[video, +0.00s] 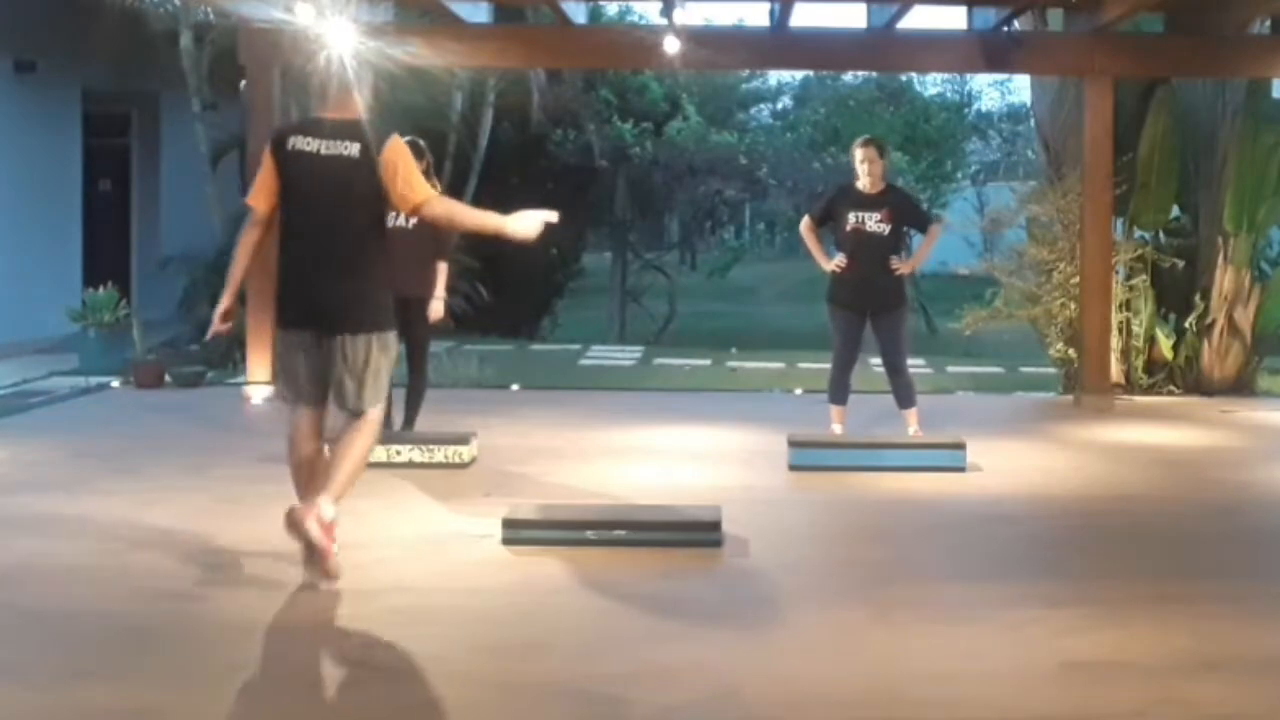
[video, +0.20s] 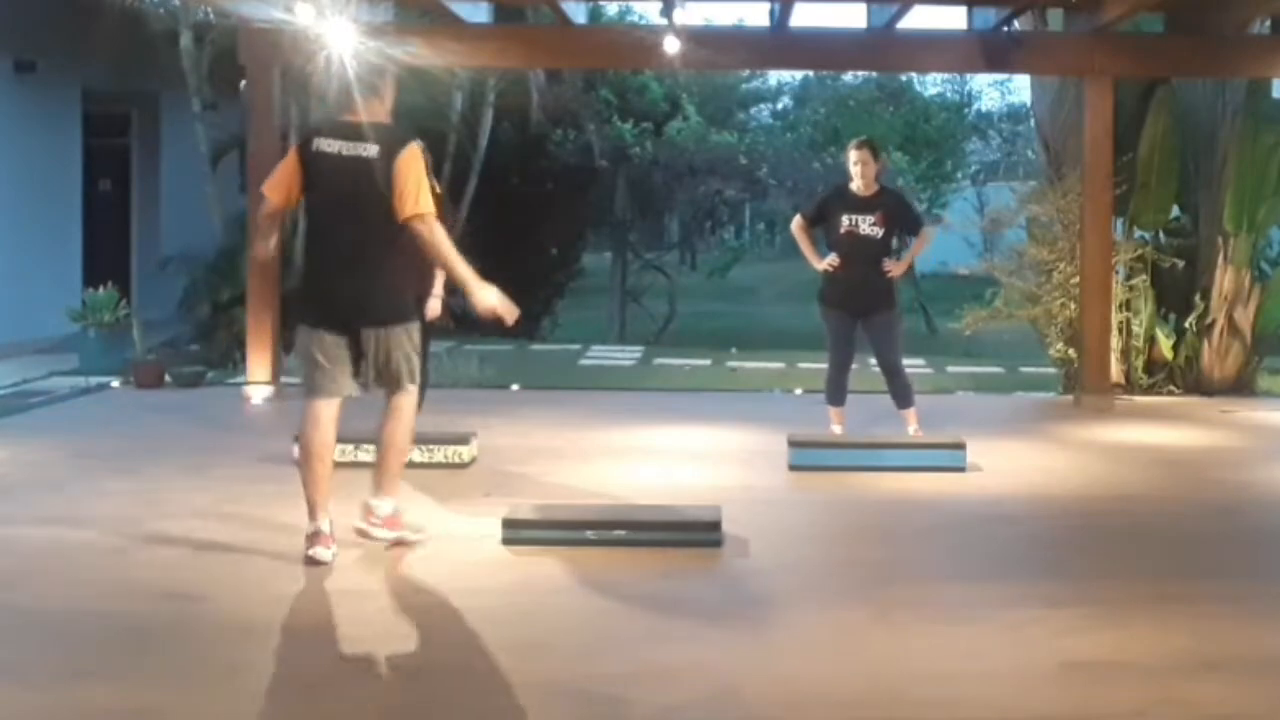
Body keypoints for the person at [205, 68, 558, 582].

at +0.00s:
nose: (367, 95)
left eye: (356, 85)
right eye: (366, 86)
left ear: (318, 90)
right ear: (362, 91)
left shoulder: (284, 142)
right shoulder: (383, 145)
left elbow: (255, 222)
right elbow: (430, 207)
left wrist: (229, 294)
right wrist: (506, 224)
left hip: (298, 305)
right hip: (363, 308)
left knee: (305, 420)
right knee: (369, 413)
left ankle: (319, 549)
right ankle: (321, 506)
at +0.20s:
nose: (393, 99)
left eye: (381, 89)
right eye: (392, 90)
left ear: (345, 92)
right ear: (387, 93)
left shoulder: (314, 143)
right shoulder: (402, 148)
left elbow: (270, 202)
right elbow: (421, 221)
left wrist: (265, 244)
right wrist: (474, 284)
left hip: (323, 298)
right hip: (388, 302)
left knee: (322, 402)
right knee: (402, 394)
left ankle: (318, 527)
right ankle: (382, 509)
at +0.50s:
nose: (447, 118)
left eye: (444, 110)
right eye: (446, 110)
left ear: (400, 111)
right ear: (437, 111)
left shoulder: (367, 161)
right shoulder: (449, 164)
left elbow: (334, 212)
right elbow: (472, 229)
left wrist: (327, 246)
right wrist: (520, 288)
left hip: (375, 304)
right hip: (433, 307)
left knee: (367, 395)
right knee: (439, 398)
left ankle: (333, 484)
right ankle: (421, 498)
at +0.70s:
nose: (472, 123)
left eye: (472, 115)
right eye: (471, 115)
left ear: (429, 112)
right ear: (457, 113)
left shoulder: (394, 155)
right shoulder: (465, 160)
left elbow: (372, 227)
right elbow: (497, 218)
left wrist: (372, 286)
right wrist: (568, 243)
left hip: (404, 296)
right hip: (454, 301)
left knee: (414, 386)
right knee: (455, 394)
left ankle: (387, 466)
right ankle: (423, 494)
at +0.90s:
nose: (495, 119)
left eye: (495, 111)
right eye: (492, 111)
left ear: (453, 111)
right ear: (471, 111)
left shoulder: (415, 152)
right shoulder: (480, 155)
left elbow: (396, 220)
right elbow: (503, 216)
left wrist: (420, 255)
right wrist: (569, 248)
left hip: (428, 290)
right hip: (467, 295)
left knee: (447, 386)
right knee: (458, 389)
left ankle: (458, 473)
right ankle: (422, 491)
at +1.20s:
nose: (527, 117)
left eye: (526, 109)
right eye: (521, 109)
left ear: (489, 111)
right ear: (497, 111)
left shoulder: (458, 151)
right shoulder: (498, 155)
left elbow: (444, 206)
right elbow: (492, 218)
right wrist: (515, 284)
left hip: (460, 285)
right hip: (499, 285)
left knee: (464, 375)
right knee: (537, 365)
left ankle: (465, 480)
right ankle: (484, 449)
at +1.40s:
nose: (551, 120)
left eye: (550, 112)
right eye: (544, 112)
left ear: (517, 117)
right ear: (518, 116)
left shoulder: (494, 156)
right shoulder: (515, 158)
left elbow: (478, 220)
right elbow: (501, 216)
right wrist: (541, 271)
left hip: (490, 288)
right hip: (522, 289)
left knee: (484, 374)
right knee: (549, 371)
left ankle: (469, 474)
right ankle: (550, 466)